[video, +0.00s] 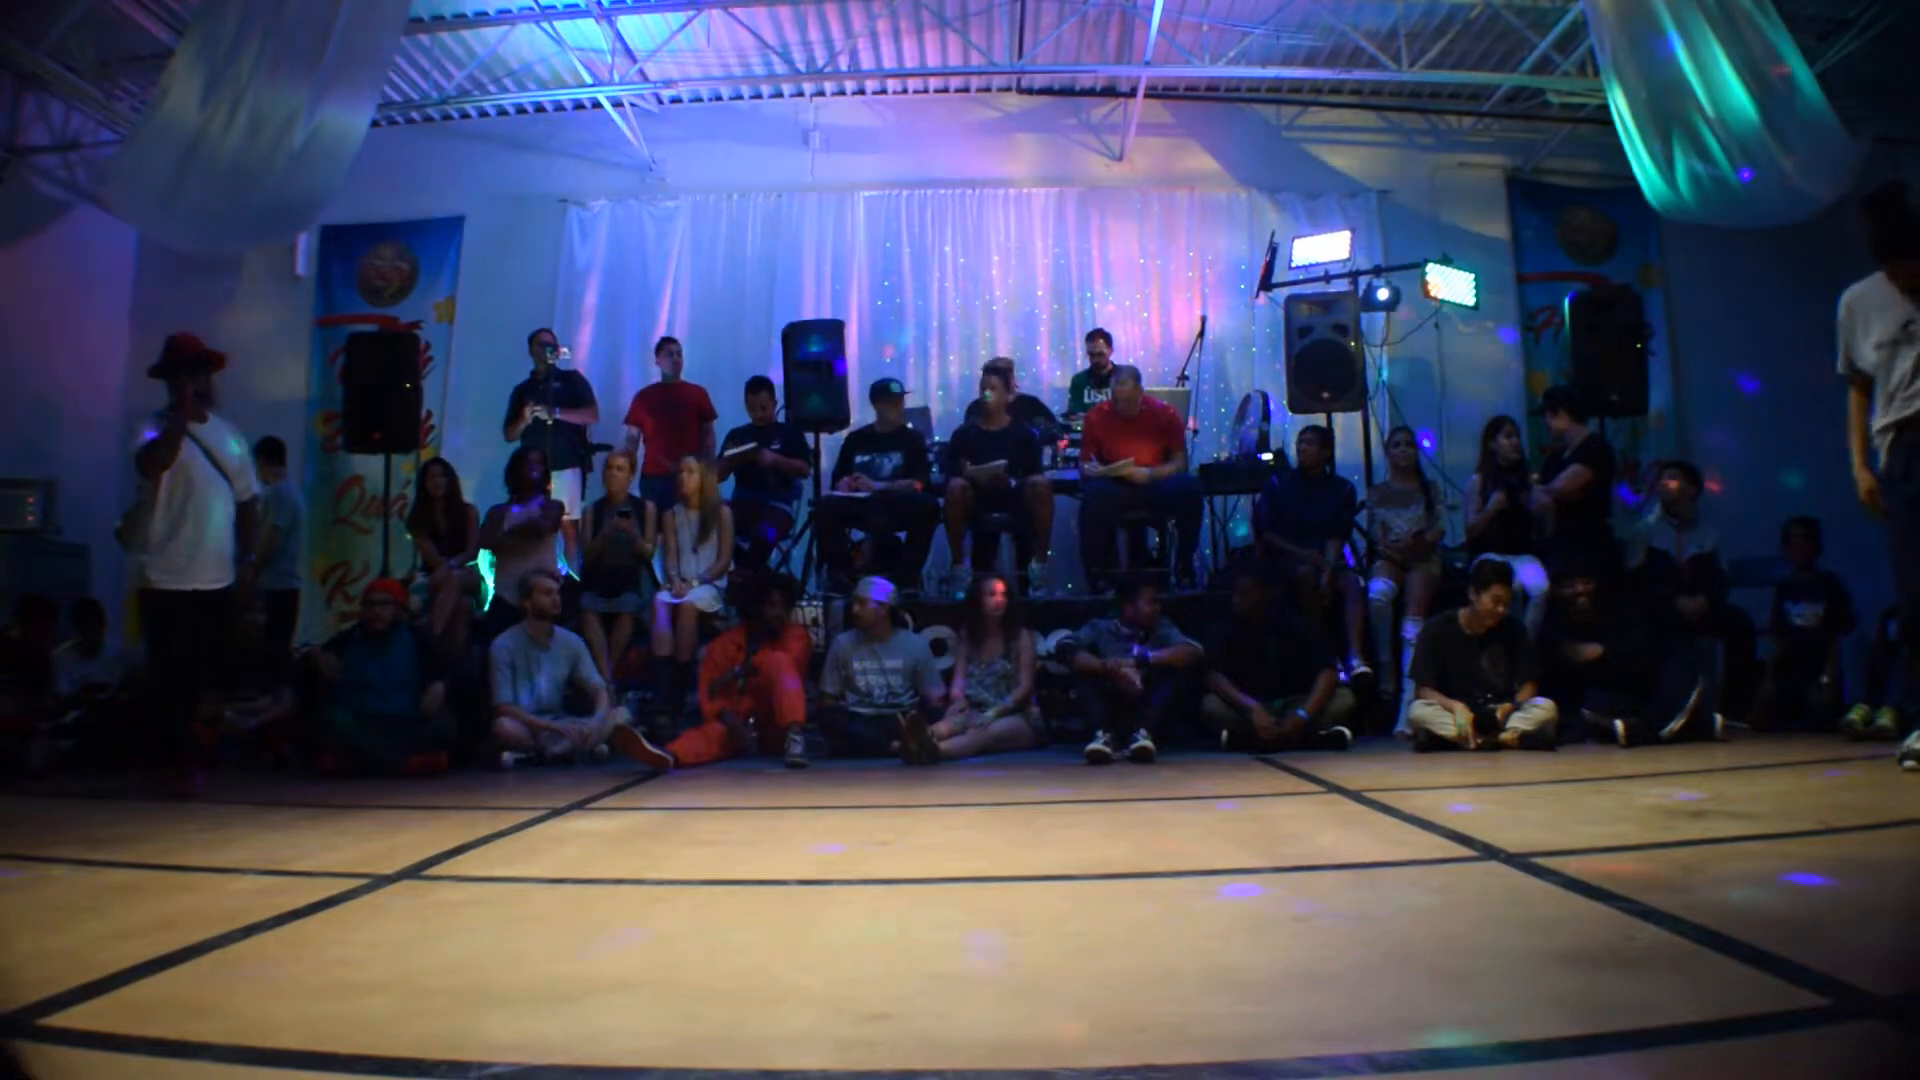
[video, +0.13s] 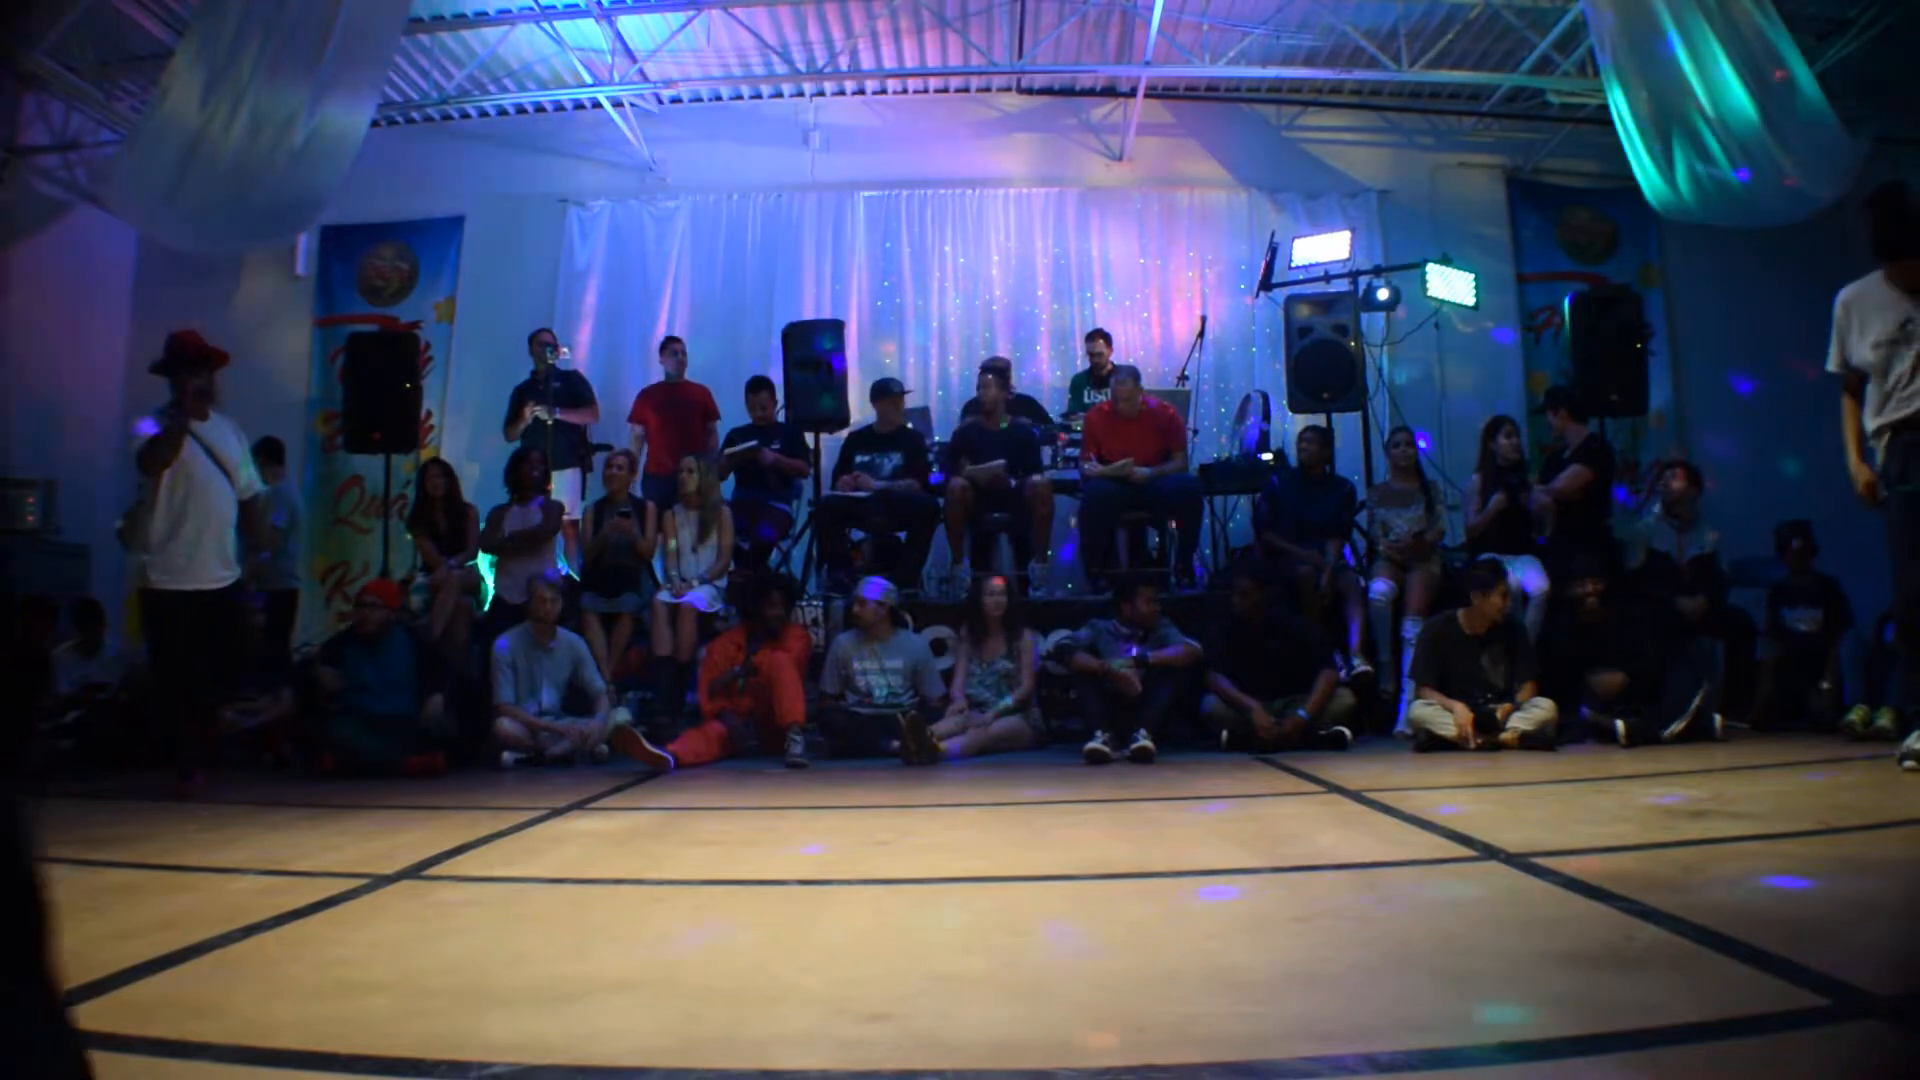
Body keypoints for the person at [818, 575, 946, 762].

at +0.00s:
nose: (855, 610)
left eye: (862, 604)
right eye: (855, 603)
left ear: (883, 609)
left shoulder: (914, 645)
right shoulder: (843, 645)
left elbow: (935, 698)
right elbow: (829, 699)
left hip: (905, 716)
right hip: (860, 717)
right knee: (830, 721)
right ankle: (893, 747)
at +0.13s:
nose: (855, 610)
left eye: (862, 604)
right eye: (855, 603)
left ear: (883, 608)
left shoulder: (914, 645)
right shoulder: (843, 644)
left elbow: (936, 701)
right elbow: (828, 698)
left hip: (905, 715)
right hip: (860, 716)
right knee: (829, 718)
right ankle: (894, 746)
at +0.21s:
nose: (855, 610)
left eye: (862, 604)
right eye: (855, 604)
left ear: (883, 608)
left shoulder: (914, 645)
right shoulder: (843, 644)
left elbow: (936, 700)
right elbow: (828, 698)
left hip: (906, 715)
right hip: (860, 716)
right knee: (828, 718)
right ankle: (894, 746)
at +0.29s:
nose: (855, 610)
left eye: (862, 604)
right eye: (855, 604)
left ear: (883, 609)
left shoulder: (914, 645)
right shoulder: (843, 644)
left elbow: (935, 701)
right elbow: (828, 698)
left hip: (905, 716)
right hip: (860, 716)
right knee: (828, 718)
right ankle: (894, 746)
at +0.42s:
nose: (855, 610)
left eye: (862, 604)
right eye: (855, 604)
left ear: (883, 609)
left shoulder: (915, 645)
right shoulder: (843, 645)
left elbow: (934, 701)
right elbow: (828, 699)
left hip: (904, 716)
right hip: (860, 716)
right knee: (829, 718)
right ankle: (894, 747)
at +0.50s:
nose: (855, 610)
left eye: (862, 604)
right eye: (855, 604)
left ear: (883, 609)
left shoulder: (914, 644)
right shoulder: (843, 644)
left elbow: (934, 699)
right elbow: (829, 698)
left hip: (903, 718)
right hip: (859, 717)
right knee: (830, 720)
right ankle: (894, 747)